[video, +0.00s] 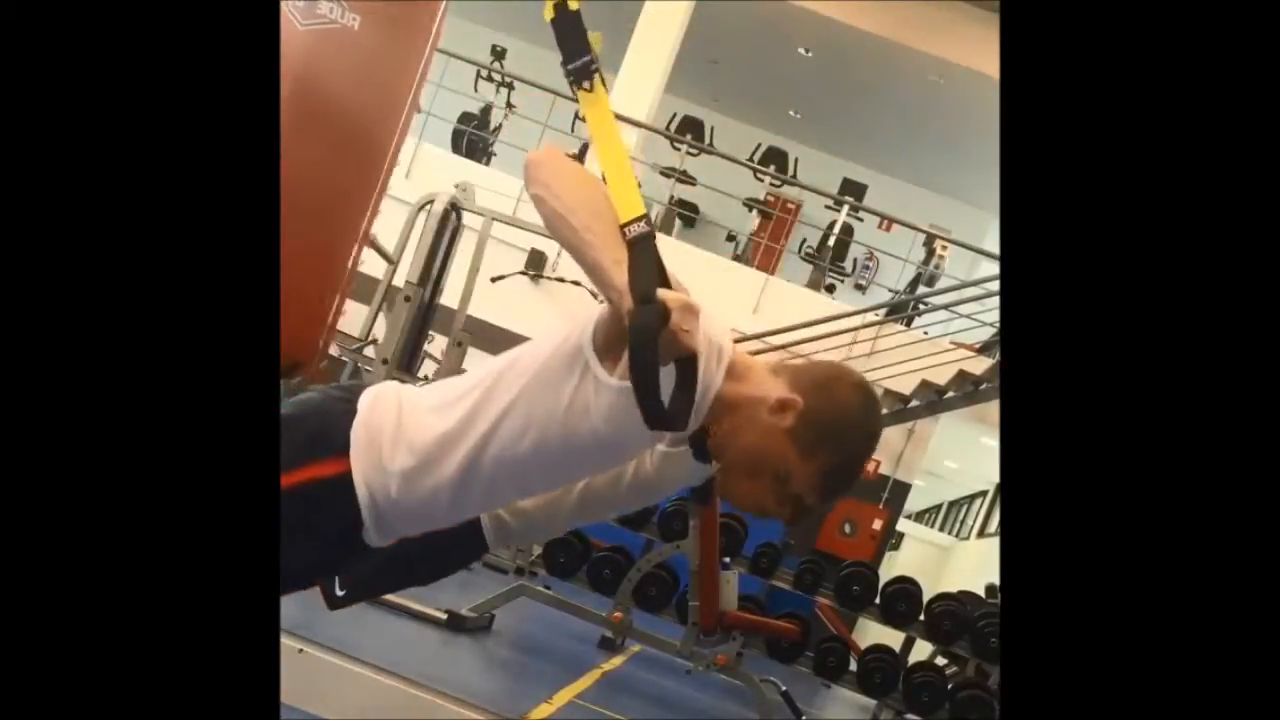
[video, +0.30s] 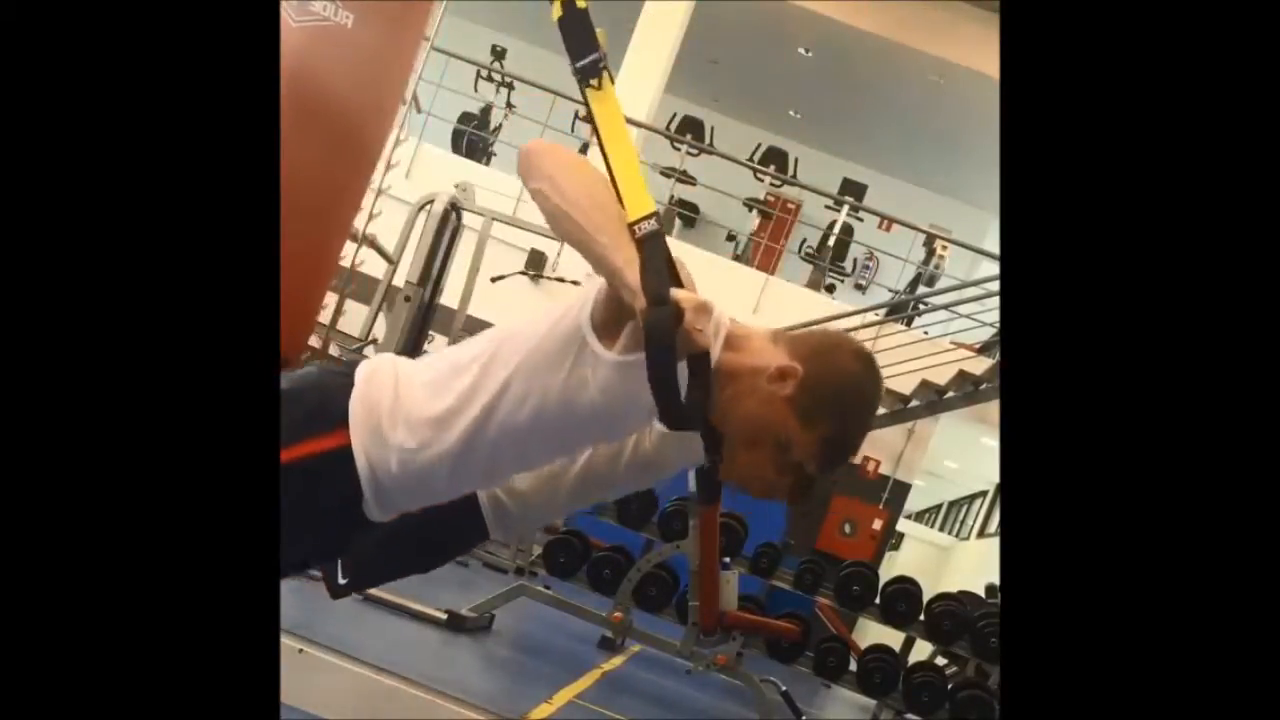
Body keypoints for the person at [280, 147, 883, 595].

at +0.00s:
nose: (760, 505)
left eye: (781, 504)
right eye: (779, 487)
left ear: (780, 407)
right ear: (779, 412)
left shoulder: (711, 440)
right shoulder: (683, 343)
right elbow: (547, 168)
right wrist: (638, 295)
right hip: (347, 470)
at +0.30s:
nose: (766, 486)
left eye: (788, 480)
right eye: (788, 463)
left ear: (781, 378)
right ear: (782, 384)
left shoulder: (710, 422)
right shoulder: (673, 307)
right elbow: (542, 160)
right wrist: (646, 291)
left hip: (377, 496)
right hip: (342, 442)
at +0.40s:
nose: (757, 403)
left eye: (778, 402)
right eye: (776, 385)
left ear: (775, 317)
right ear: (775, 319)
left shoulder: (697, 360)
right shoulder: (665, 259)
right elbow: (532, 141)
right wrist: (640, 276)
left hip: (371, 464)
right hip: (335, 412)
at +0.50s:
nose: (748, 347)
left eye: (766, 349)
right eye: (764, 332)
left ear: (765, 257)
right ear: (766, 263)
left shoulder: (682, 312)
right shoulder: (667, 219)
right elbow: (526, 129)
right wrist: (644, 278)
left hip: (375, 432)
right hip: (337, 381)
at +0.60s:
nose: (744, 300)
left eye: (764, 298)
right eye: (763, 285)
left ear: (749, 212)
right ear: (751, 213)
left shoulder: (667, 260)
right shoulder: (650, 171)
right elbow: (523, 124)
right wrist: (637, 278)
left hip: (369, 410)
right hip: (325, 353)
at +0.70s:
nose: (725, 239)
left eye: (744, 236)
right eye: (744, 222)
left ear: (731, 153)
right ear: (730, 155)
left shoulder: (642, 208)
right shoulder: (620, 119)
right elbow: (523, 130)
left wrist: (678, 369)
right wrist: (639, 279)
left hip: (358, 378)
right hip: (318, 321)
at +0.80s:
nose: (713, 186)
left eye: (732, 177)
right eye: (727, 165)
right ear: (709, 93)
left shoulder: (620, 164)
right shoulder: (580, 67)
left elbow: (626, 292)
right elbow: (536, 144)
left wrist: (668, 366)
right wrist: (645, 284)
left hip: (355, 354)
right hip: (309, 297)